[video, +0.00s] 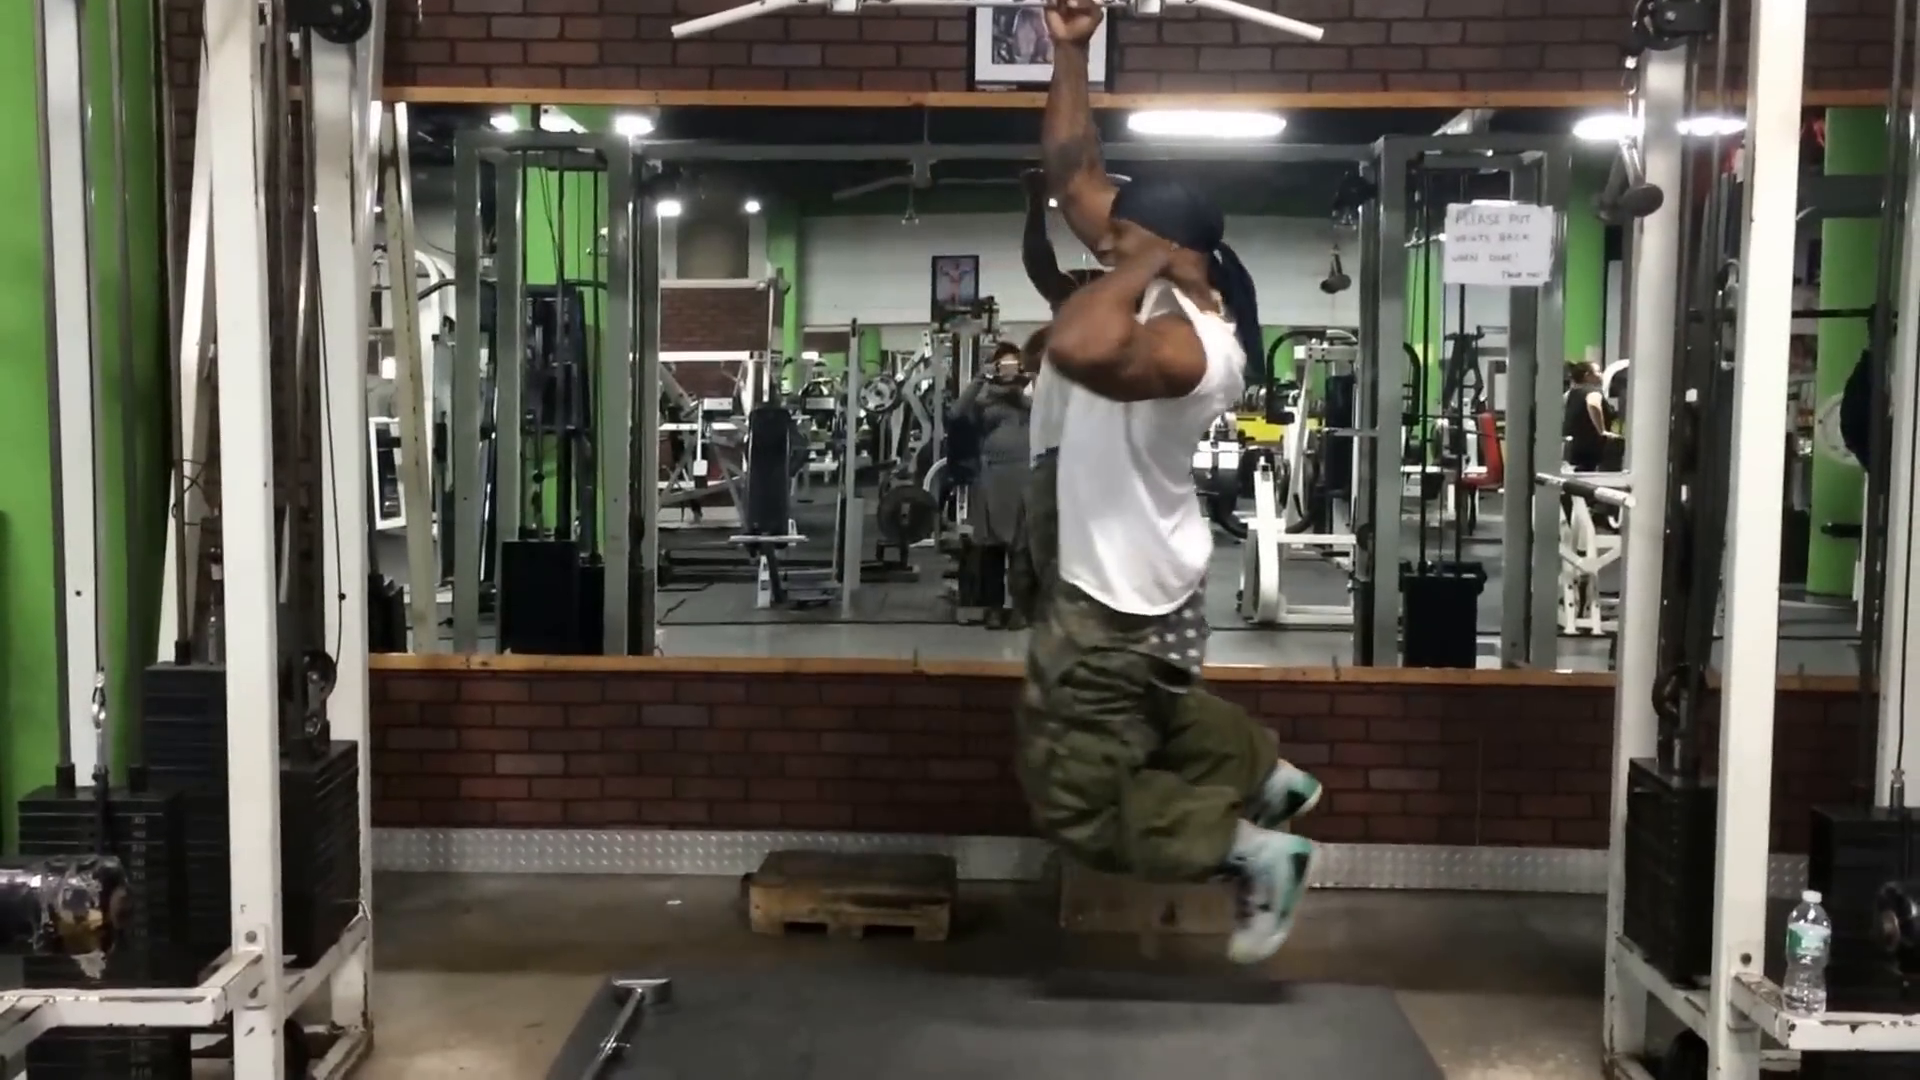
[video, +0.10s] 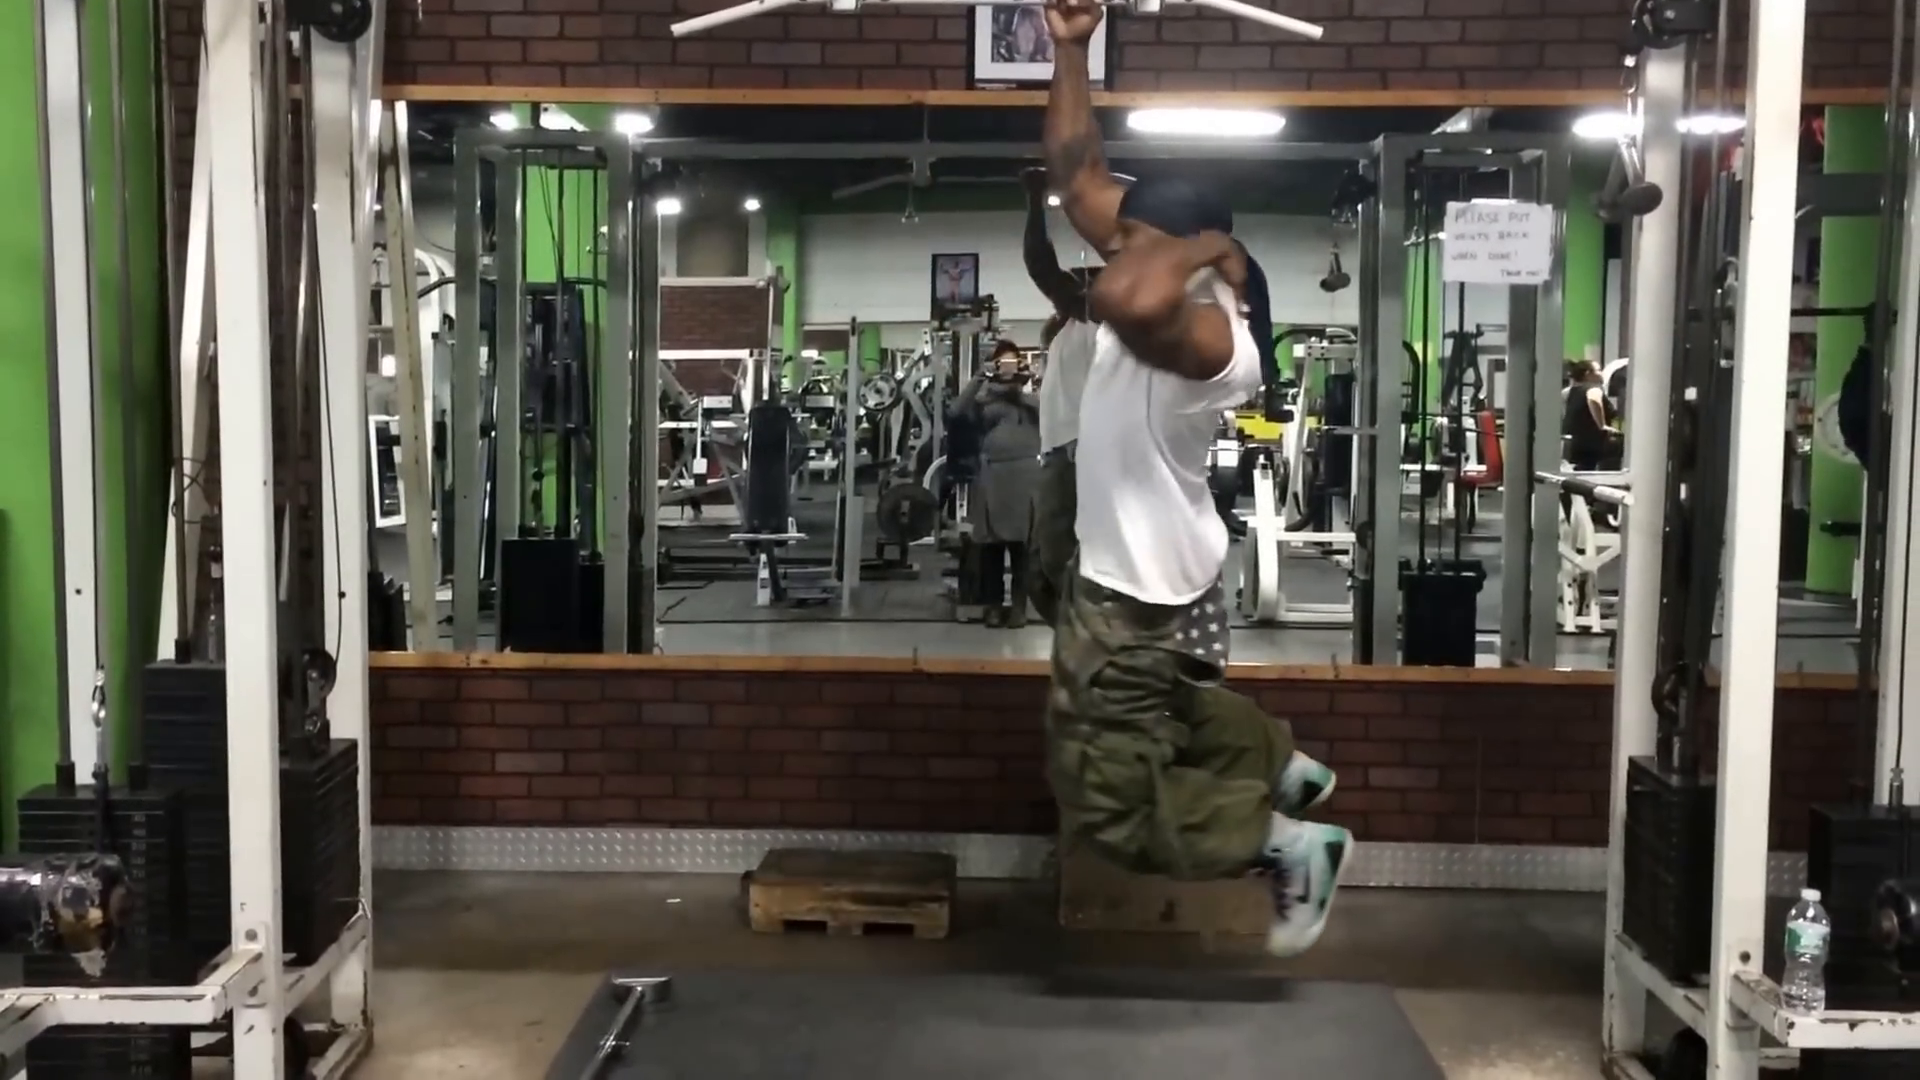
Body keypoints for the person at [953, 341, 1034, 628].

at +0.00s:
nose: (1009, 372)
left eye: (1014, 366)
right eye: (1003, 367)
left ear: (1024, 369)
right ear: (996, 371)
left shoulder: (1032, 400)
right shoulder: (987, 402)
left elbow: (1048, 415)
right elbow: (957, 416)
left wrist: (1026, 392)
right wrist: (978, 381)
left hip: (1026, 476)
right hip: (992, 476)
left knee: (1022, 546)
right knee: (991, 545)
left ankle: (1023, 607)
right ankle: (992, 606)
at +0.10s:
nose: (1007, 369)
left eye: (1012, 364)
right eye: (1002, 364)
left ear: (1021, 365)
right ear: (994, 367)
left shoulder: (1030, 396)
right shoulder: (987, 397)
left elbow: (1049, 410)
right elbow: (958, 412)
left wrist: (1024, 390)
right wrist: (978, 379)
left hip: (1025, 472)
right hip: (991, 472)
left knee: (1020, 543)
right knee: (990, 543)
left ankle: (1019, 605)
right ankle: (993, 604)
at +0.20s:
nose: (1007, 368)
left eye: (1012, 363)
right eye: (1002, 363)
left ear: (1020, 364)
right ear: (994, 366)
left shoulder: (1029, 395)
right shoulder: (986, 396)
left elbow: (1052, 405)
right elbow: (957, 410)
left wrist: (1037, 381)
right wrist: (978, 378)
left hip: (1024, 470)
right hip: (990, 471)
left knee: (1020, 541)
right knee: (989, 541)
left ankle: (1018, 604)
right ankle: (992, 604)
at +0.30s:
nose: (1006, 366)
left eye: (1011, 360)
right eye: (1002, 361)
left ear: (1020, 362)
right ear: (994, 364)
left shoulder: (1029, 393)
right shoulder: (985, 393)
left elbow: (1048, 408)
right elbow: (957, 411)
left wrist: (1037, 383)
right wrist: (978, 377)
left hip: (1023, 469)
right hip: (990, 469)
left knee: (1020, 540)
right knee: (989, 540)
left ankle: (1018, 603)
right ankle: (992, 603)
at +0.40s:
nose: (1007, 365)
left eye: (1012, 360)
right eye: (1003, 360)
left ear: (1021, 362)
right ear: (995, 363)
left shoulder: (1029, 392)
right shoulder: (986, 393)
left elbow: (1049, 408)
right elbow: (956, 409)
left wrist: (1034, 382)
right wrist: (978, 376)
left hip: (1023, 469)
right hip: (990, 469)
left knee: (1019, 540)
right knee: (989, 539)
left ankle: (1019, 602)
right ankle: (993, 601)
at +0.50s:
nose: (1007, 364)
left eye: (1011, 359)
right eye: (1002, 359)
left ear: (1021, 361)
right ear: (994, 363)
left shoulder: (1031, 391)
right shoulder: (986, 394)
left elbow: (1048, 410)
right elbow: (955, 410)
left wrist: (1028, 385)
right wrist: (977, 377)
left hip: (1023, 469)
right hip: (990, 470)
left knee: (1020, 539)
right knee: (989, 539)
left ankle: (1021, 601)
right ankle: (993, 600)